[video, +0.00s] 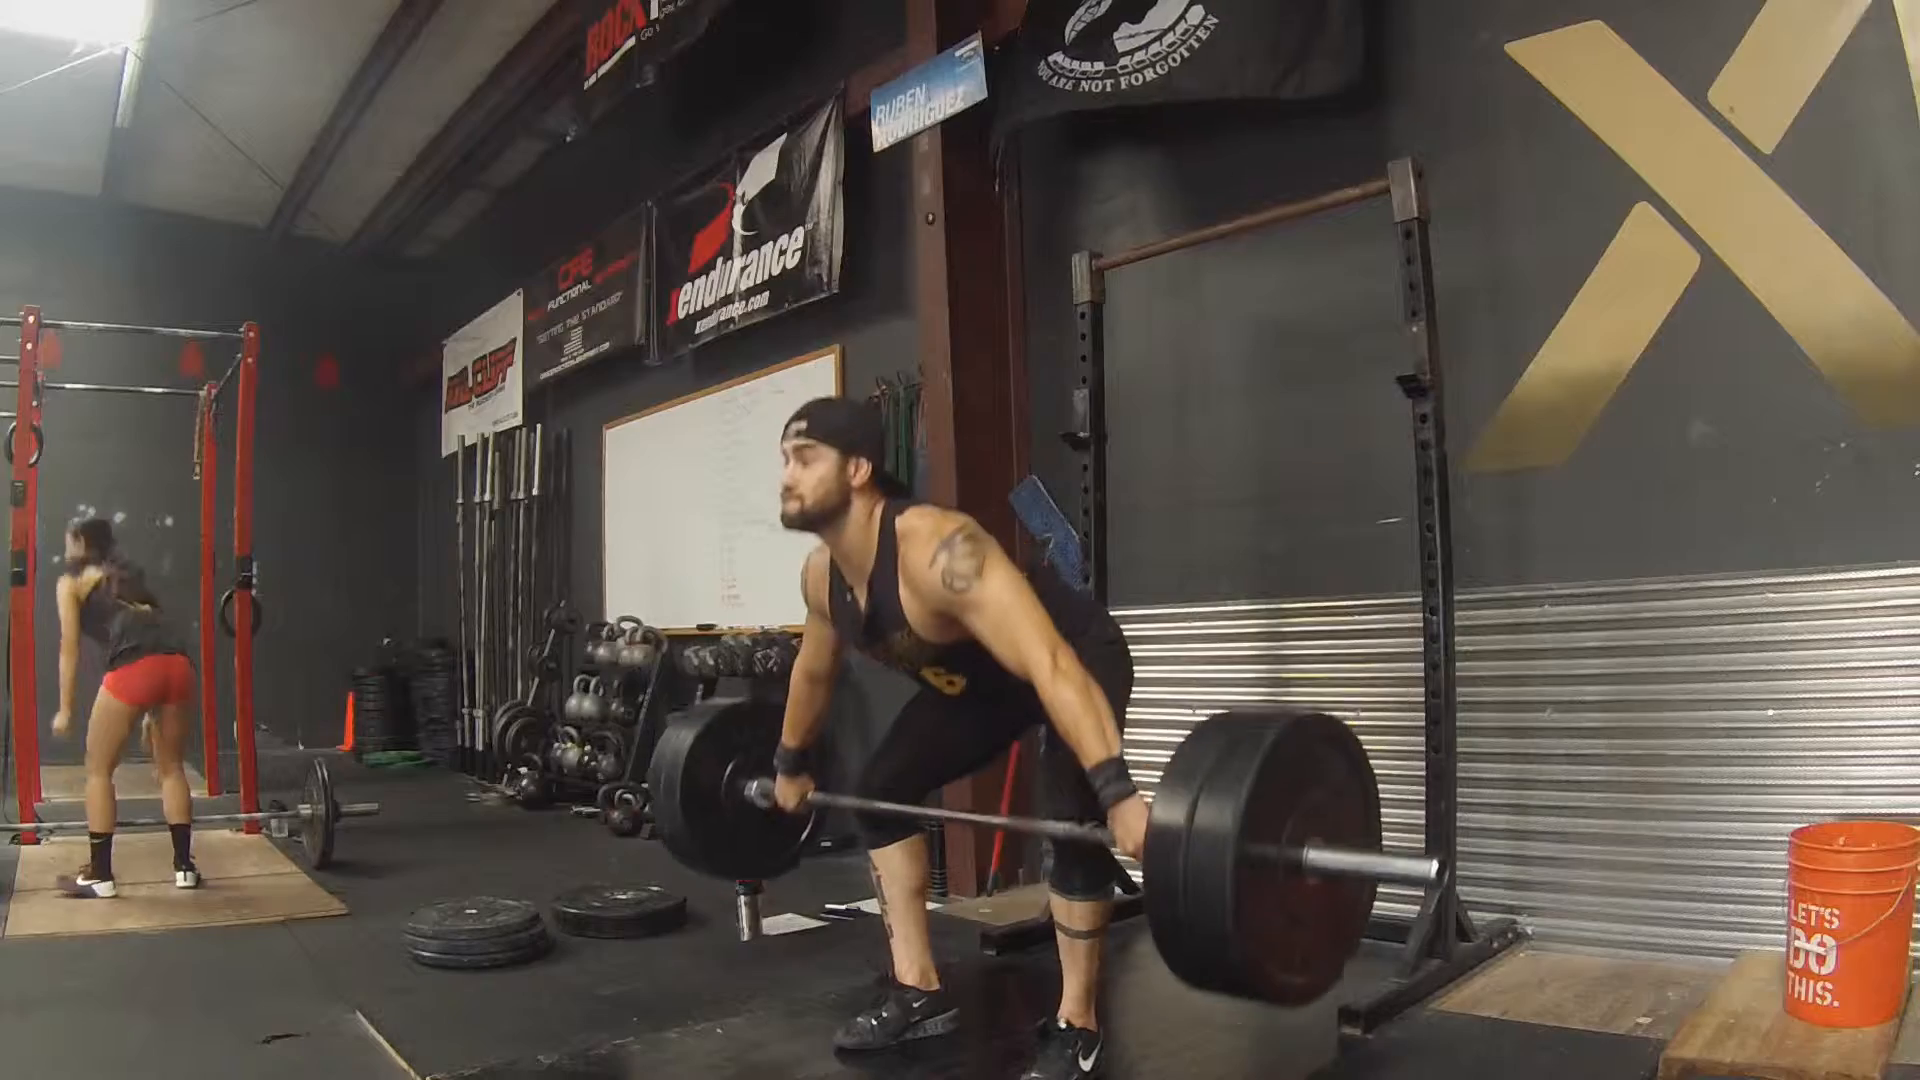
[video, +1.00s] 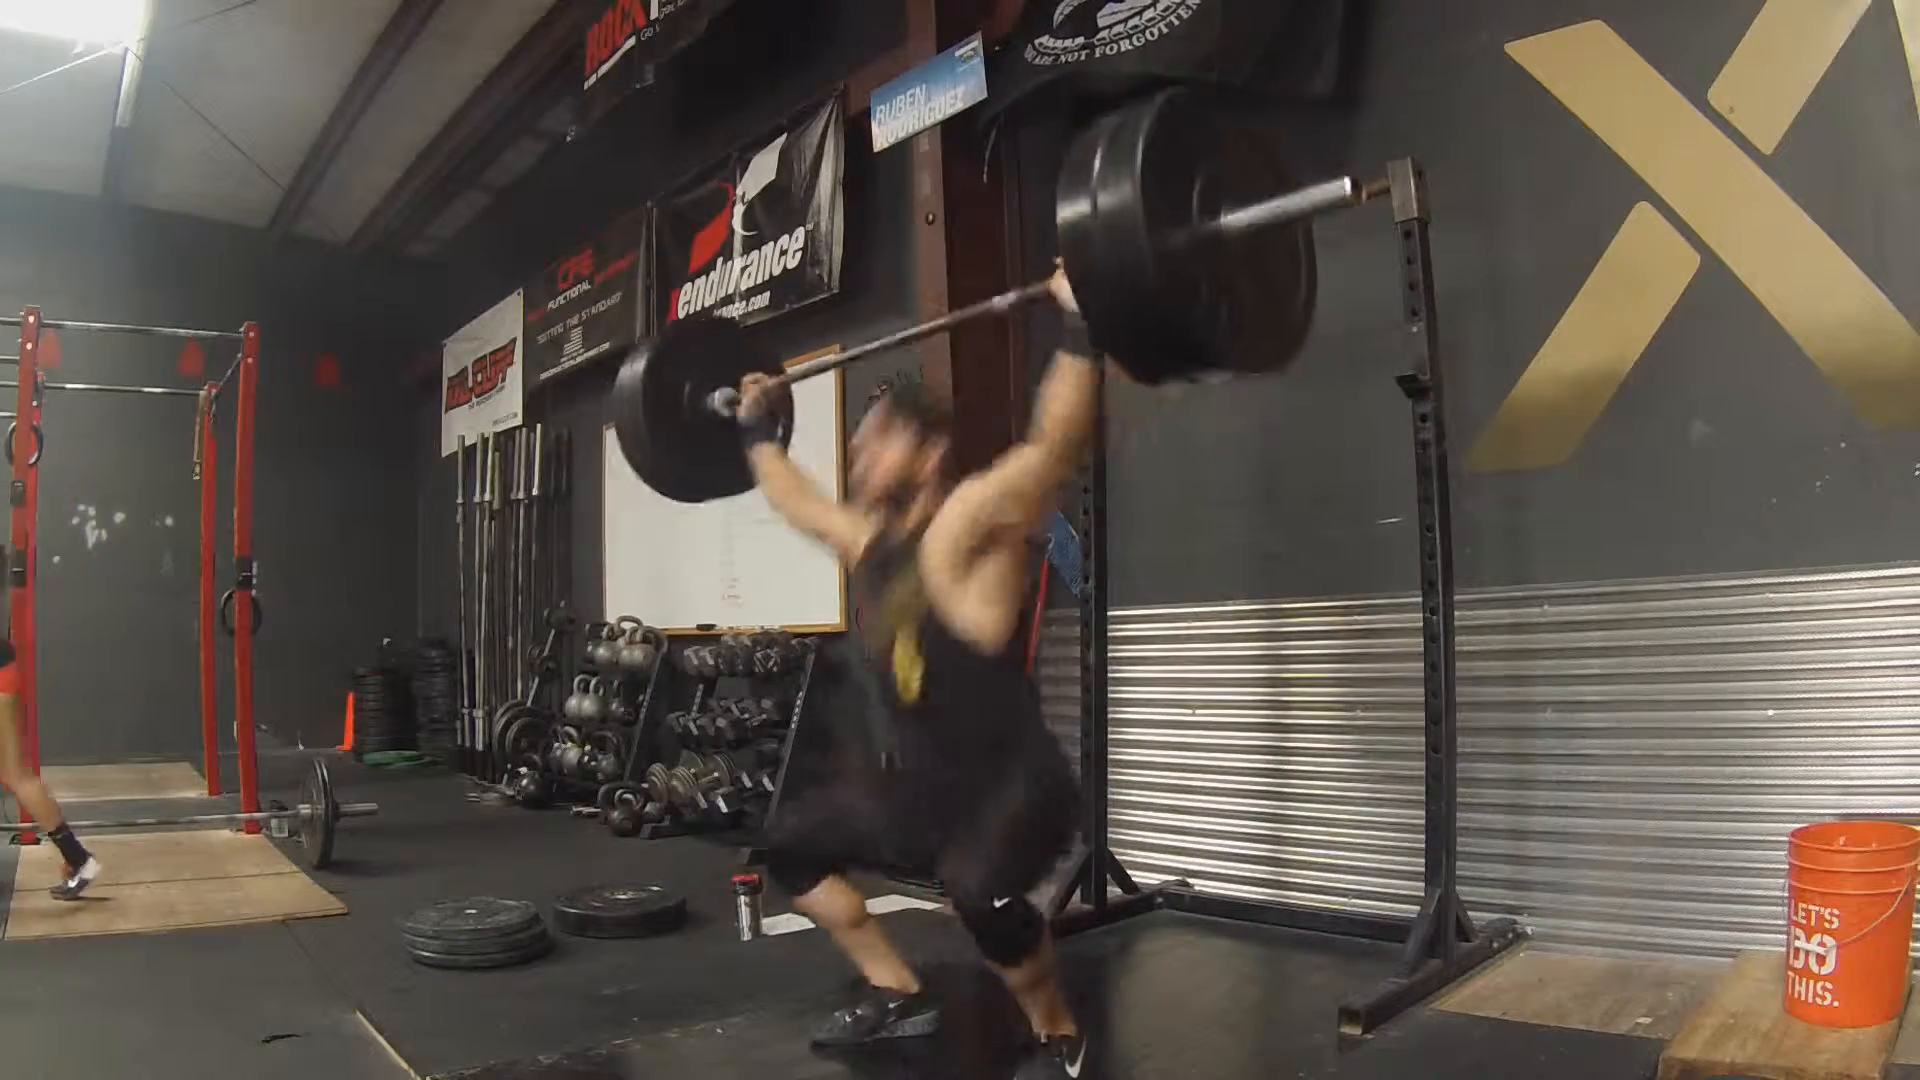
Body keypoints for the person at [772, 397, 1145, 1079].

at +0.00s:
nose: (785, 475)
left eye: (802, 458)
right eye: (784, 460)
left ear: (858, 472)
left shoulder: (942, 548)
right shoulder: (823, 574)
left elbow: (1053, 666)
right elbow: (813, 673)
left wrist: (1118, 794)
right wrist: (789, 764)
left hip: (1074, 662)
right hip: (982, 673)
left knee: (1071, 836)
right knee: (881, 792)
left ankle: (1078, 1023)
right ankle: (917, 990)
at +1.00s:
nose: (861, 453)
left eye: (880, 437)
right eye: (860, 440)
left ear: (930, 454)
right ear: (862, 459)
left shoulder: (975, 521)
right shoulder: (866, 542)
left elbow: (1057, 447)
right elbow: (794, 498)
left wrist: (1077, 324)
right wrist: (756, 427)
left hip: (1013, 786)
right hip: (917, 786)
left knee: (977, 889)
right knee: (793, 848)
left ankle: (1057, 1034)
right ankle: (898, 995)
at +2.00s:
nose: (766, 542)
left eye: (781, 521)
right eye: (759, 524)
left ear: (836, 519)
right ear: (754, 527)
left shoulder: (911, 563)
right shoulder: (813, 593)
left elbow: (1004, 480)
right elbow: (749, 518)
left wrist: (1086, 366)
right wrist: (741, 441)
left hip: (1011, 777)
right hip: (909, 789)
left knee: (949, 874)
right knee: (779, 843)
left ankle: (1052, 1033)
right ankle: (892, 990)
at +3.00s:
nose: (807, 292)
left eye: (817, 271)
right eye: (797, 280)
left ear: (868, 255)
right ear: (813, 280)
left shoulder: (949, 290)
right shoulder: (853, 334)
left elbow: (1026, 188)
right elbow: (779, 268)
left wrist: (1115, 80)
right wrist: (769, 200)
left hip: (985, 588)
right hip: (900, 608)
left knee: (1008, 795)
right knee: (879, 787)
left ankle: (1057, 1031)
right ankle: (899, 998)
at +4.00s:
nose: (1107, 301)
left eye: (1121, 285)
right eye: (1092, 288)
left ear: (1146, 289)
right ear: (1074, 297)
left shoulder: (1195, 361)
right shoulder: (1063, 383)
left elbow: (1269, 460)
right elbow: (1090, 493)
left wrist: (1315, 574)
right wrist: (1080, 576)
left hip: (1193, 608)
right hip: (1109, 616)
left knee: (1223, 781)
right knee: (1042, 769)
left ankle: (1257, 969)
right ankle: (1027, 941)